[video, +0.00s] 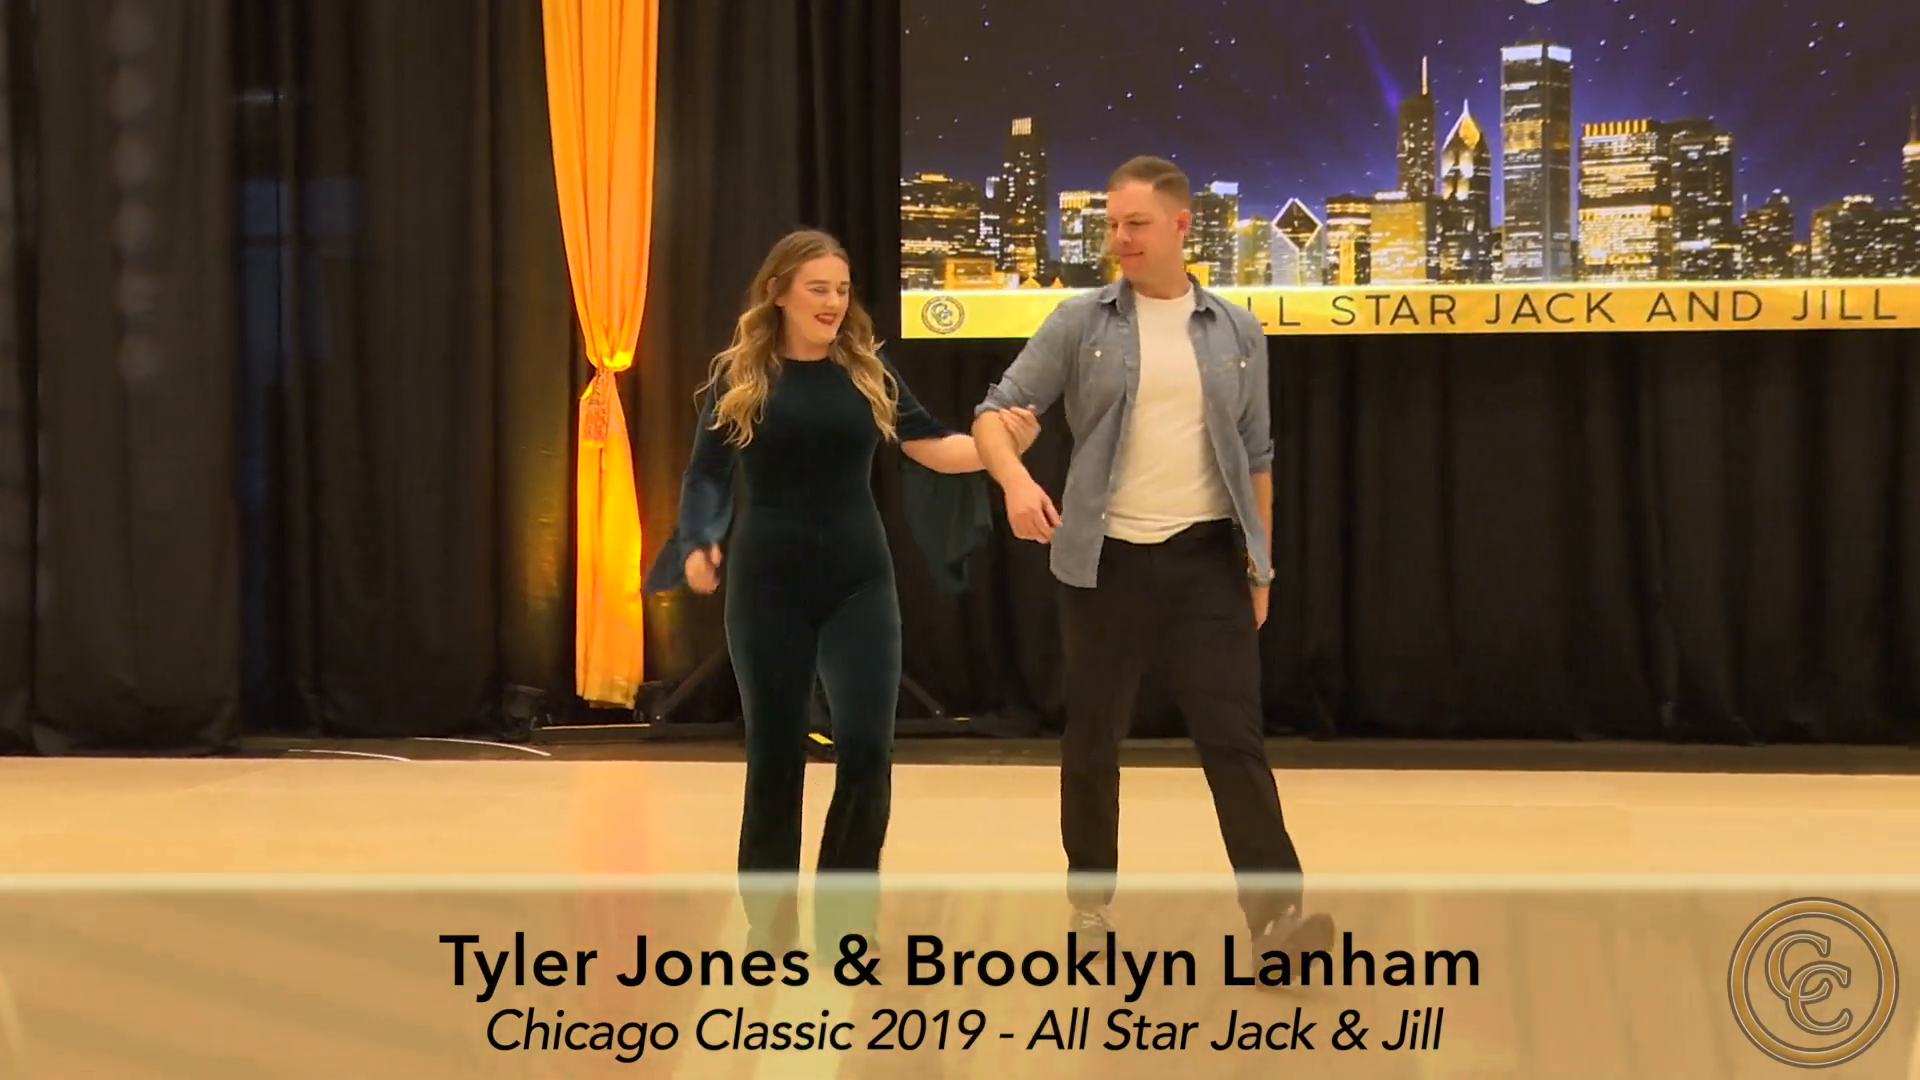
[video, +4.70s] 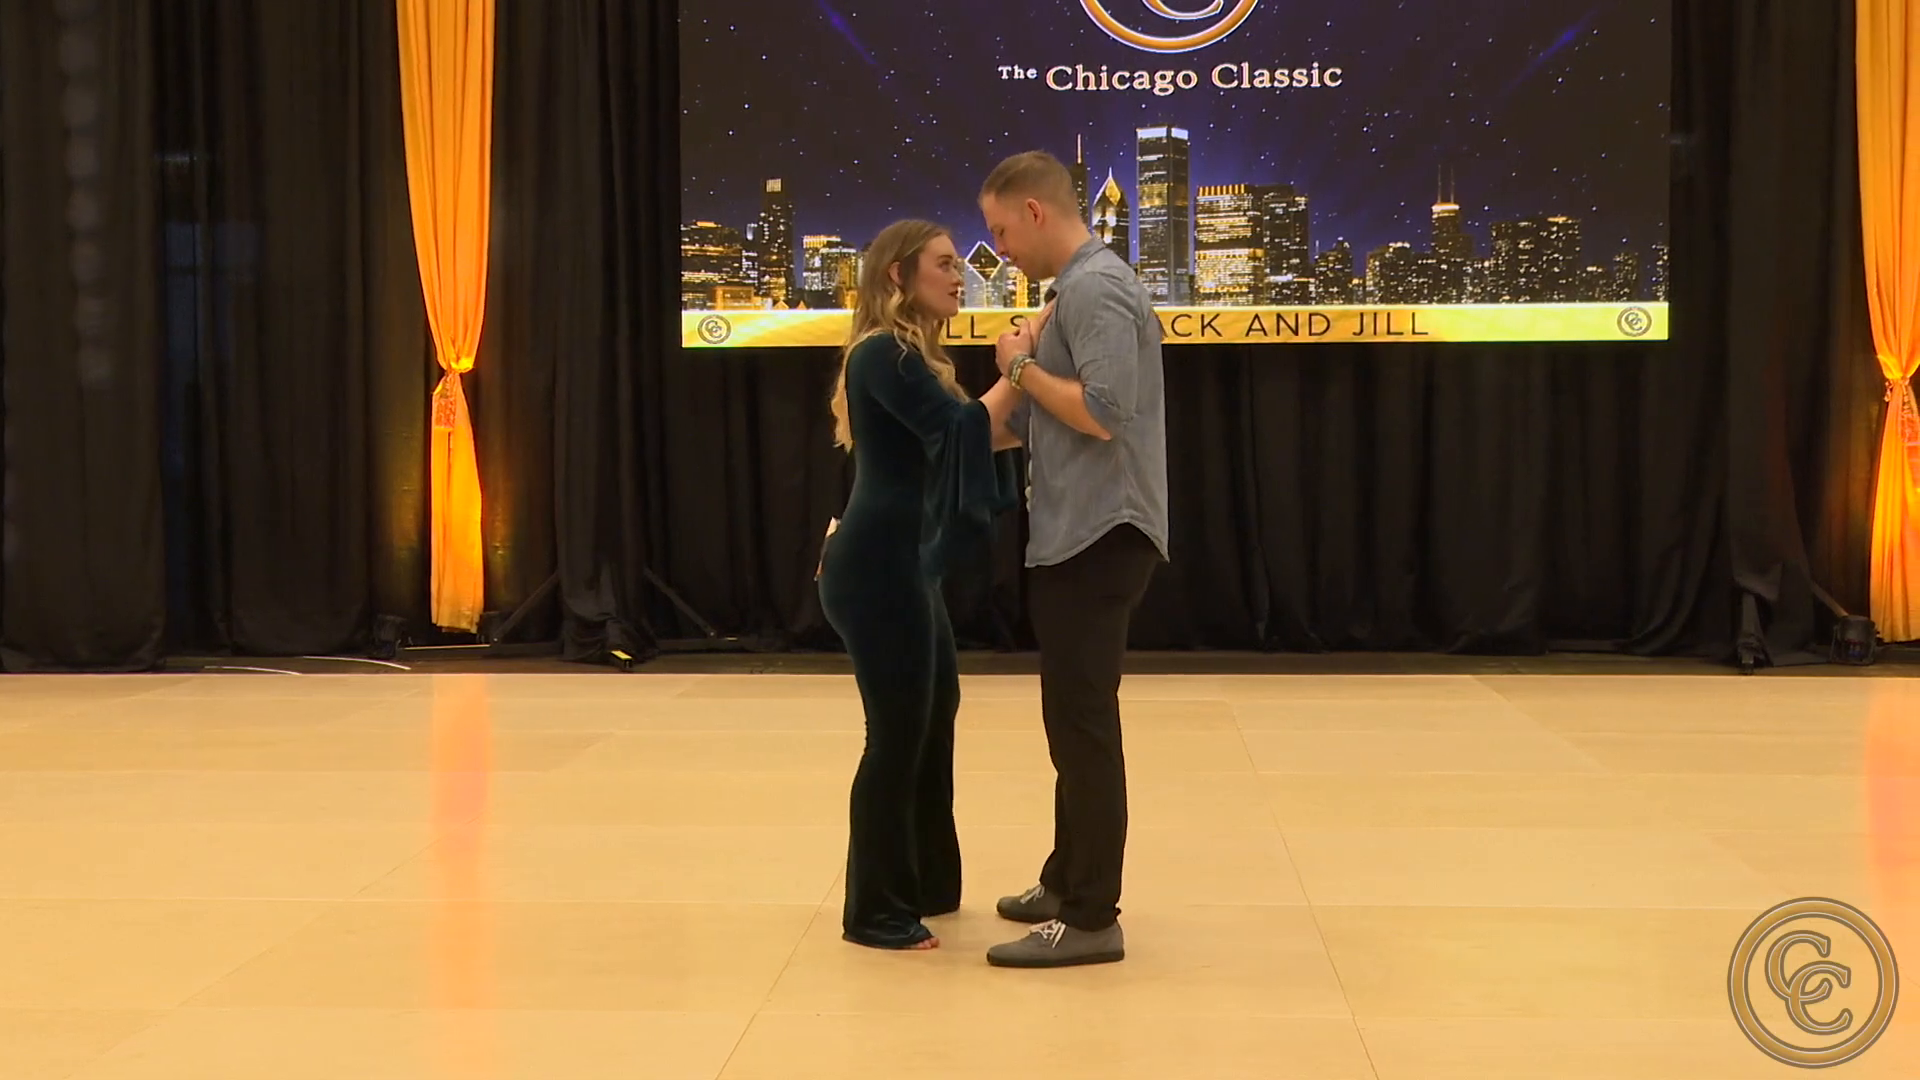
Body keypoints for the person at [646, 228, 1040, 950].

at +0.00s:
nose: (832, 301)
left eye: (841, 289)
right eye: (817, 288)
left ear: (850, 297)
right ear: (778, 292)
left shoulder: (868, 372)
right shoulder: (740, 373)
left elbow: (930, 445)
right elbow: (707, 472)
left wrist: (1001, 443)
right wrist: (698, 539)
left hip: (861, 585)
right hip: (765, 588)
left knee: (867, 759)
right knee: (774, 765)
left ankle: (845, 931)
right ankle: (768, 932)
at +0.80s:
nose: (904, 275)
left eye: (902, 262)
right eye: (892, 262)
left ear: (867, 273)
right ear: (846, 271)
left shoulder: (886, 364)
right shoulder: (793, 362)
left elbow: (928, 437)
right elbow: (773, 454)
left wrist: (1026, 418)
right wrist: (776, 516)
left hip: (892, 588)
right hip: (812, 589)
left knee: (918, 756)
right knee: (839, 759)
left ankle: (837, 896)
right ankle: (834, 938)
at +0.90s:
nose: (908, 267)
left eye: (903, 254)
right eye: (894, 254)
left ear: (868, 268)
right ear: (849, 267)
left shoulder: (886, 357)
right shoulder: (799, 355)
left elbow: (909, 451)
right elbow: (802, 449)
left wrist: (971, 418)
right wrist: (852, 474)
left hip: (893, 583)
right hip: (812, 587)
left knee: (929, 749)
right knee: (827, 760)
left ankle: (881, 928)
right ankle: (820, 941)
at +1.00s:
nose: (914, 264)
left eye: (910, 251)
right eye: (901, 251)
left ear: (875, 266)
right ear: (855, 264)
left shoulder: (897, 361)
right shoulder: (810, 355)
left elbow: (925, 474)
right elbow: (849, 448)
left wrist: (958, 431)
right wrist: (937, 430)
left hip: (903, 576)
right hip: (821, 578)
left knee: (919, 769)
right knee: (824, 763)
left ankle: (944, 954)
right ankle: (818, 948)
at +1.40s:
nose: (938, 260)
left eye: (934, 247)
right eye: (925, 247)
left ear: (883, 264)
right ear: (880, 262)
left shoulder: (913, 351)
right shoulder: (864, 346)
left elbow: (963, 470)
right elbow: (936, 425)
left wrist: (1025, 375)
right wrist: (1025, 356)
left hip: (939, 575)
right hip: (872, 578)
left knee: (936, 768)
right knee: (886, 765)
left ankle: (920, 953)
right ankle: (821, 956)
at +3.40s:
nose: (952, 281)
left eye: (950, 269)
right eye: (941, 270)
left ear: (911, 282)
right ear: (903, 282)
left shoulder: (905, 356)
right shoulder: (898, 363)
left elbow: (956, 413)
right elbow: (976, 447)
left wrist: (1003, 362)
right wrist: (1010, 378)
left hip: (892, 558)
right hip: (906, 563)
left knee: (894, 723)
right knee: (937, 715)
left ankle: (897, 887)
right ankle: (904, 903)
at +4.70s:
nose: (960, 276)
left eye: (959, 265)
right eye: (946, 264)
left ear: (926, 279)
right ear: (901, 273)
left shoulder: (914, 356)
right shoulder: (882, 352)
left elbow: (950, 452)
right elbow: (955, 428)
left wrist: (1013, 422)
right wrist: (1017, 366)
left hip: (905, 565)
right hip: (873, 568)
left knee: (937, 711)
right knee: (899, 729)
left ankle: (916, 889)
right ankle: (871, 910)